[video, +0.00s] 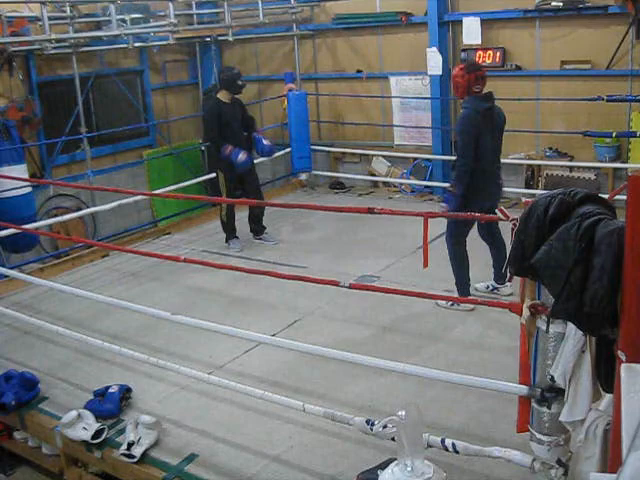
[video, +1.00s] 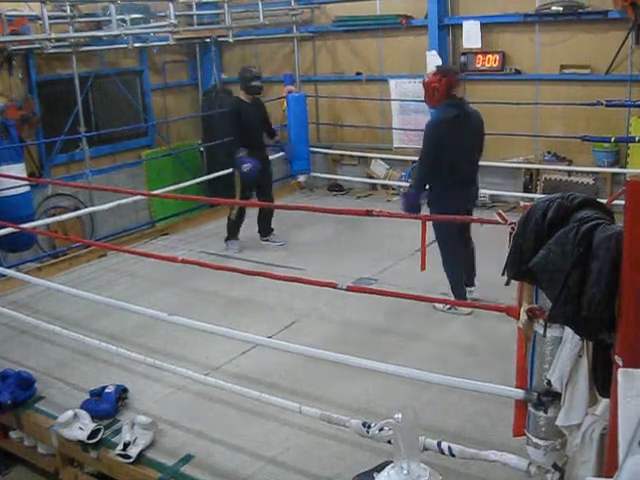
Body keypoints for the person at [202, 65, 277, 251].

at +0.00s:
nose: (241, 84)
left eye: (240, 80)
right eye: (237, 81)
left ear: (230, 83)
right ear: (227, 83)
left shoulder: (237, 103)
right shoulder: (212, 106)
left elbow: (248, 125)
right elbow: (212, 137)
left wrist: (257, 139)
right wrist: (231, 151)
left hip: (243, 154)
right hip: (222, 158)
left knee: (256, 195)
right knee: (227, 198)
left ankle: (258, 231)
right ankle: (231, 236)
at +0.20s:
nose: (240, 84)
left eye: (239, 80)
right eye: (236, 81)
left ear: (228, 83)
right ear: (226, 83)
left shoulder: (236, 103)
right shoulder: (212, 106)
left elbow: (247, 124)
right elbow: (210, 136)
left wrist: (254, 138)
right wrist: (216, 160)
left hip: (243, 157)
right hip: (225, 160)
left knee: (256, 197)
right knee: (228, 199)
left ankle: (257, 231)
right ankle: (230, 236)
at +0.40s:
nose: (242, 85)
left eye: (241, 82)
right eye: (238, 82)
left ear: (228, 84)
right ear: (227, 84)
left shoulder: (237, 104)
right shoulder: (211, 107)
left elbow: (246, 128)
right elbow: (206, 135)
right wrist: (203, 159)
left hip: (244, 158)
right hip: (224, 161)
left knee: (257, 196)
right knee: (228, 199)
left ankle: (258, 231)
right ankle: (230, 237)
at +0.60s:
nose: (245, 87)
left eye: (244, 83)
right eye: (241, 83)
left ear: (230, 85)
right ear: (231, 85)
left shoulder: (240, 105)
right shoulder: (213, 108)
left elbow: (246, 130)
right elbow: (208, 137)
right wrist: (208, 158)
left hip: (245, 159)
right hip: (225, 161)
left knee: (260, 196)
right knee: (229, 200)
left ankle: (264, 231)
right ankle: (230, 237)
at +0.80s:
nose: (250, 86)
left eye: (250, 82)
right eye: (246, 83)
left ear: (244, 84)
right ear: (235, 85)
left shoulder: (247, 104)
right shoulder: (222, 106)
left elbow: (254, 131)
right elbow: (219, 136)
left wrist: (265, 149)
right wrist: (221, 160)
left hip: (251, 157)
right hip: (231, 159)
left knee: (262, 196)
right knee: (231, 199)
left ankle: (266, 232)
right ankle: (230, 238)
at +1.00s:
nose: (258, 85)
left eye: (259, 81)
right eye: (253, 82)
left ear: (260, 82)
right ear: (243, 84)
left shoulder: (258, 104)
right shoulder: (235, 106)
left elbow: (265, 124)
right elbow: (233, 133)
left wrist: (274, 136)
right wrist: (240, 154)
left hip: (261, 154)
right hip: (244, 156)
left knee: (266, 197)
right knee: (241, 198)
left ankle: (266, 233)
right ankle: (232, 237)